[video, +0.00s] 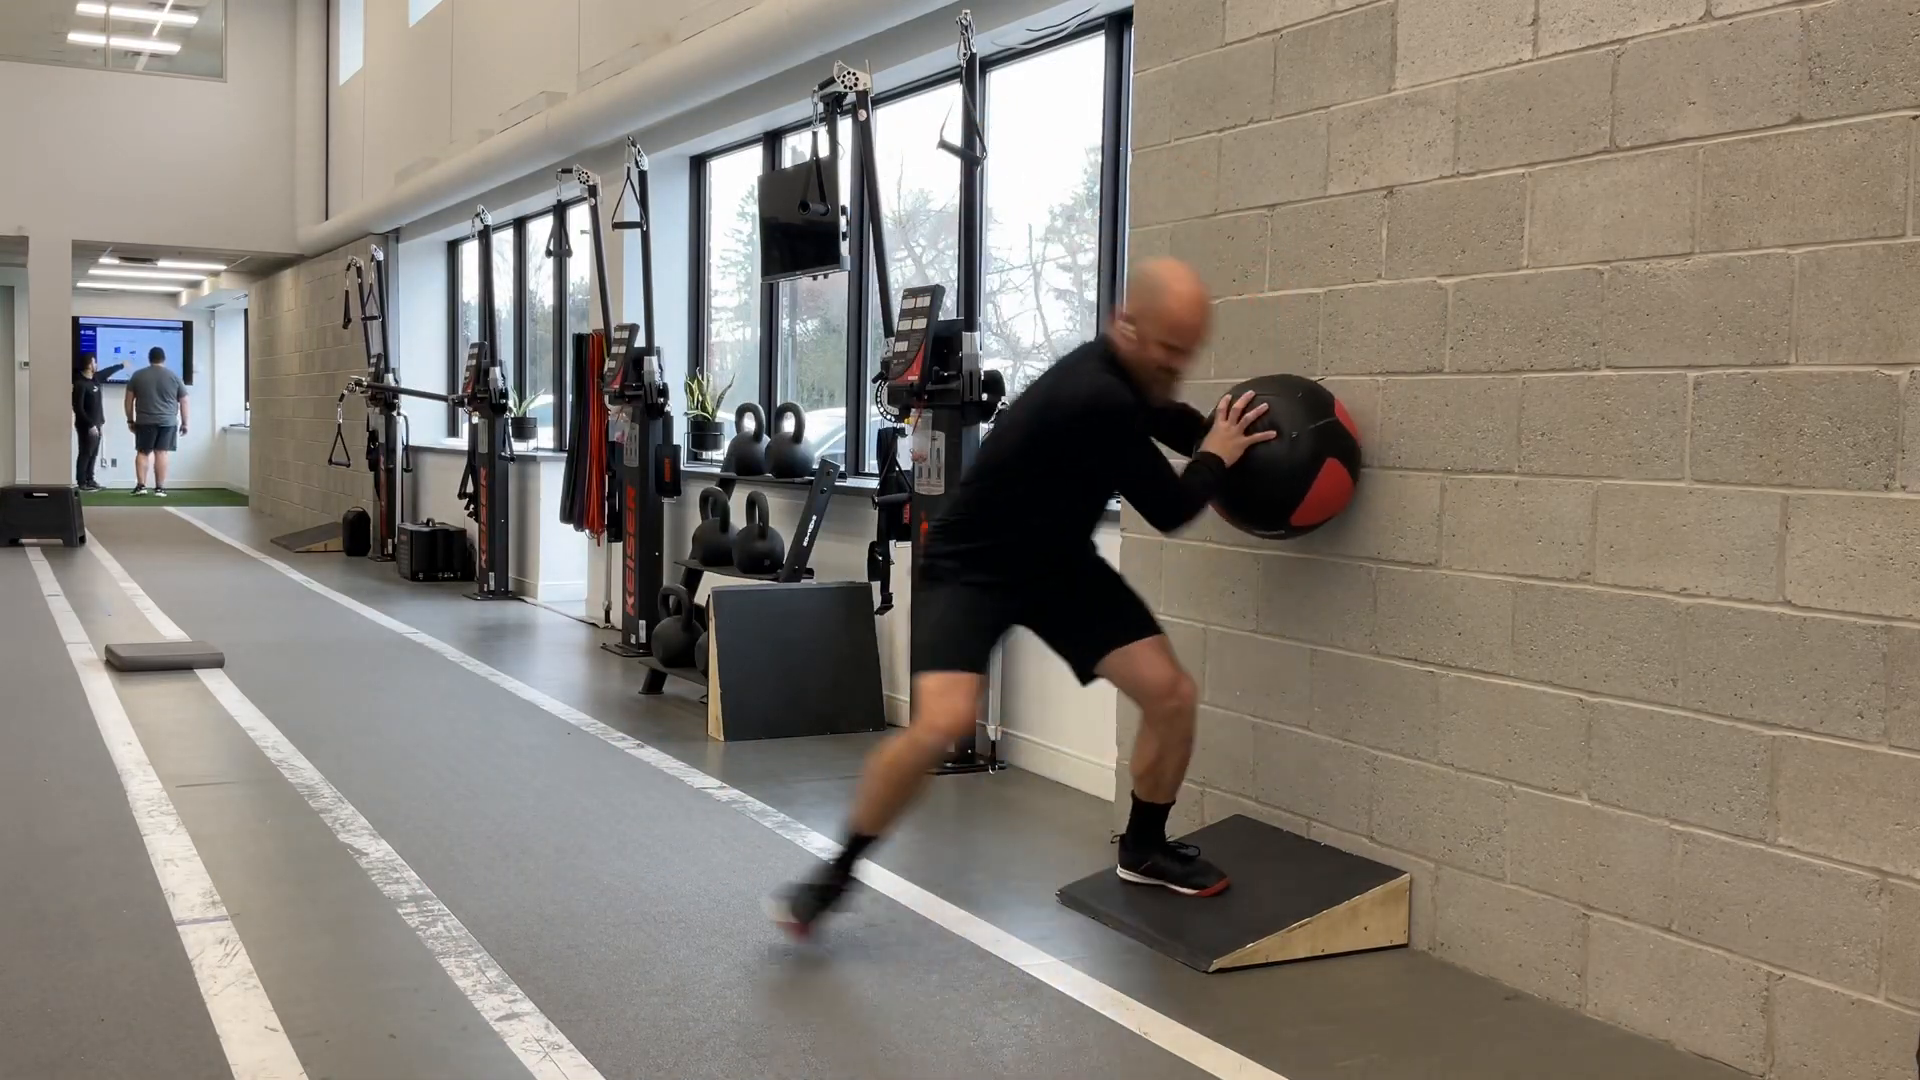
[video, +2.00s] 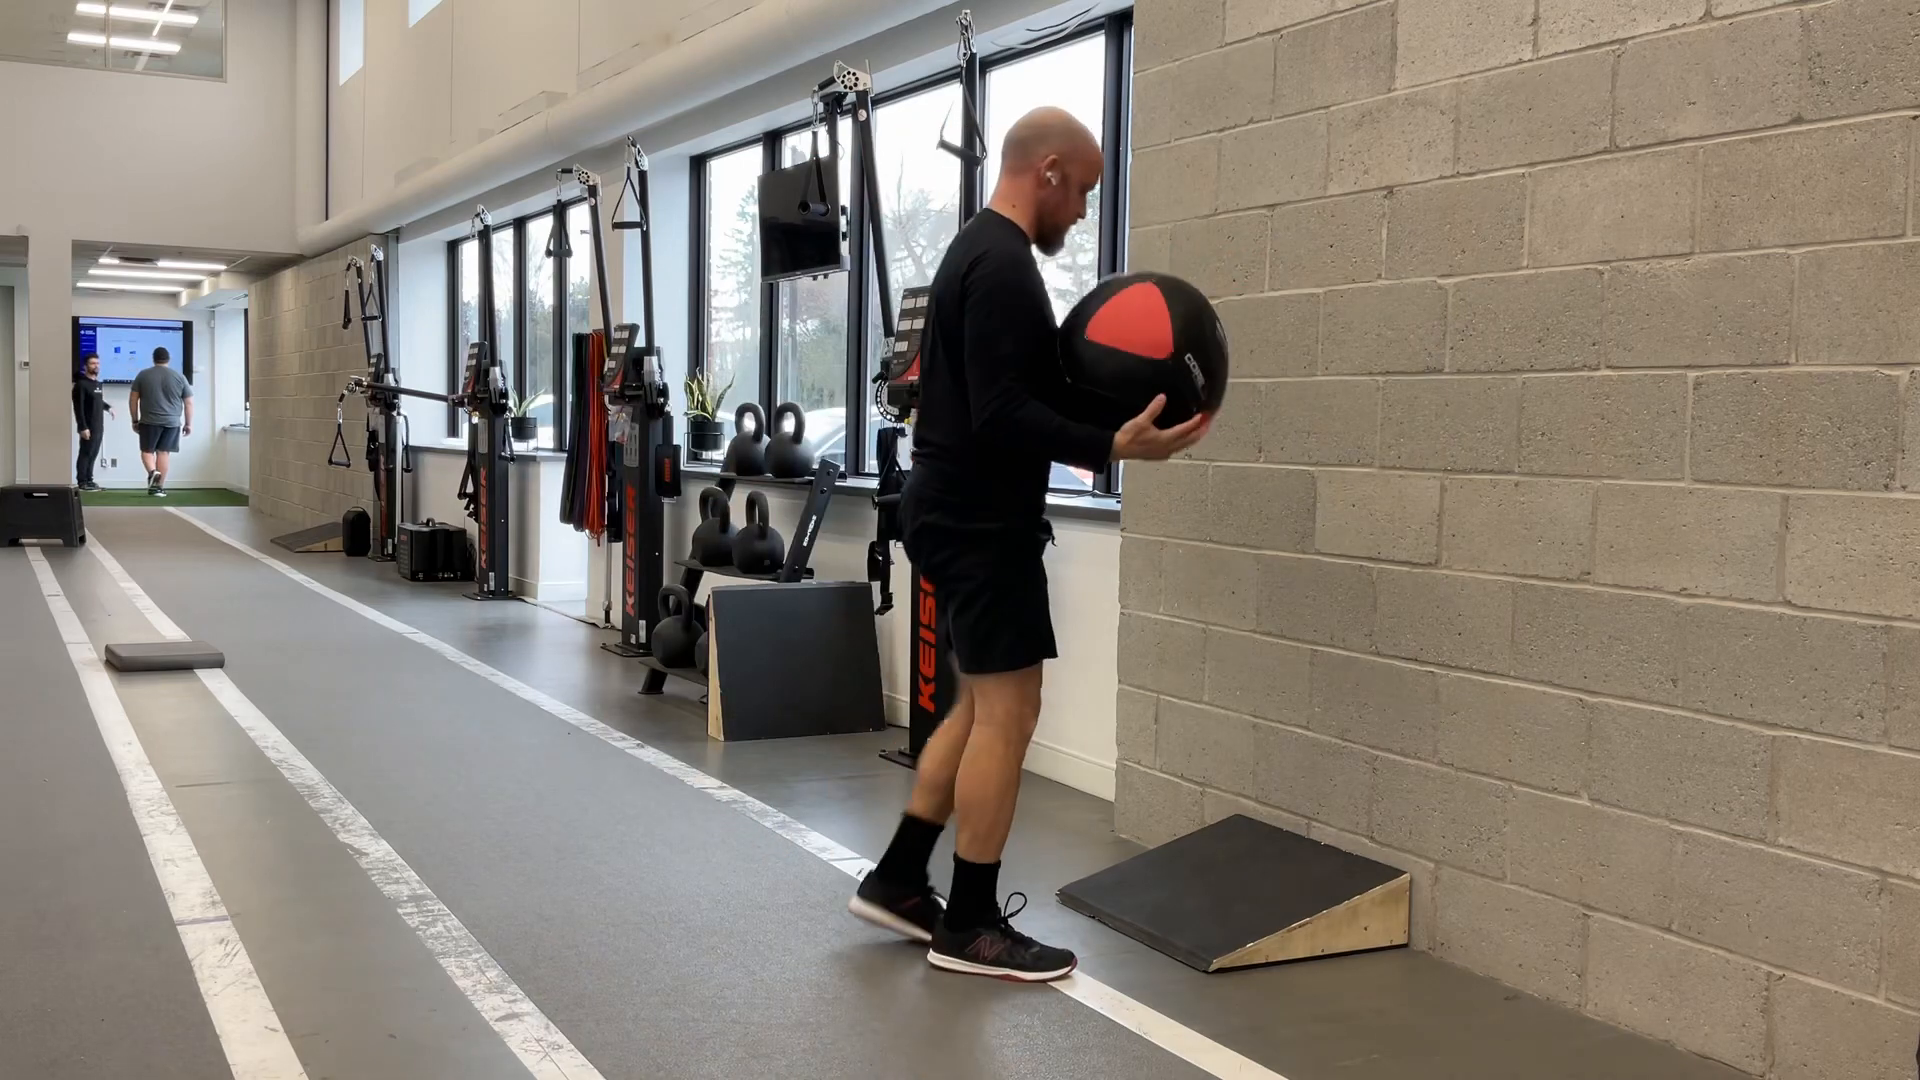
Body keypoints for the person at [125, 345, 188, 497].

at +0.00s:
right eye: (161, 358)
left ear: (149, 359)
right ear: (164, 359)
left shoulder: (138, 375)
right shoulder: (173, 377)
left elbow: (129, 399)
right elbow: (184, 400)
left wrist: (130, 420)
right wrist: (185, 423)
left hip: (145, 422)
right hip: (167, 423)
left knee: (143, 453)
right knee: (162, 452)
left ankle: (141, 485)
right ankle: (160, 487)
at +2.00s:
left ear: (153, 359)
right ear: (168, 359)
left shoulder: (143, 375)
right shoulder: (179, 377)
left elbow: (133, 399)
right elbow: (188, 402)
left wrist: (134, 420)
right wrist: (188, 423)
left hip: (149, 422)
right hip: (171, 423)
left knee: (147, 451)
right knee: (164, 453)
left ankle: (152, 471)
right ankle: (159, 488)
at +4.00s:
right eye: (163, 361)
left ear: (151, 362)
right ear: (166, 362)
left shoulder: (142, 377)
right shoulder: (176, 378)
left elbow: (133, 402)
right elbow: (190, 400)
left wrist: (138, 421)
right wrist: (191, 422)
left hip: (152, 423)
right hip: (174, 424)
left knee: (150, 453)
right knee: (166, 452)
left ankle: (158, 471)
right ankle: (162, 486)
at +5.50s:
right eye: (166, 358)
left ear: (154, 359)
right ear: (169, 360)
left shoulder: (144, 375)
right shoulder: (178, 377)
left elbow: (133, 397)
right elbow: (189, 401)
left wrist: (134, 417)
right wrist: (189, 423)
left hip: (148, 422)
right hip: (170, 423)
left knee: (147, 451)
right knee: (163, 452)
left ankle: (153, 473)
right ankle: (159, 488)